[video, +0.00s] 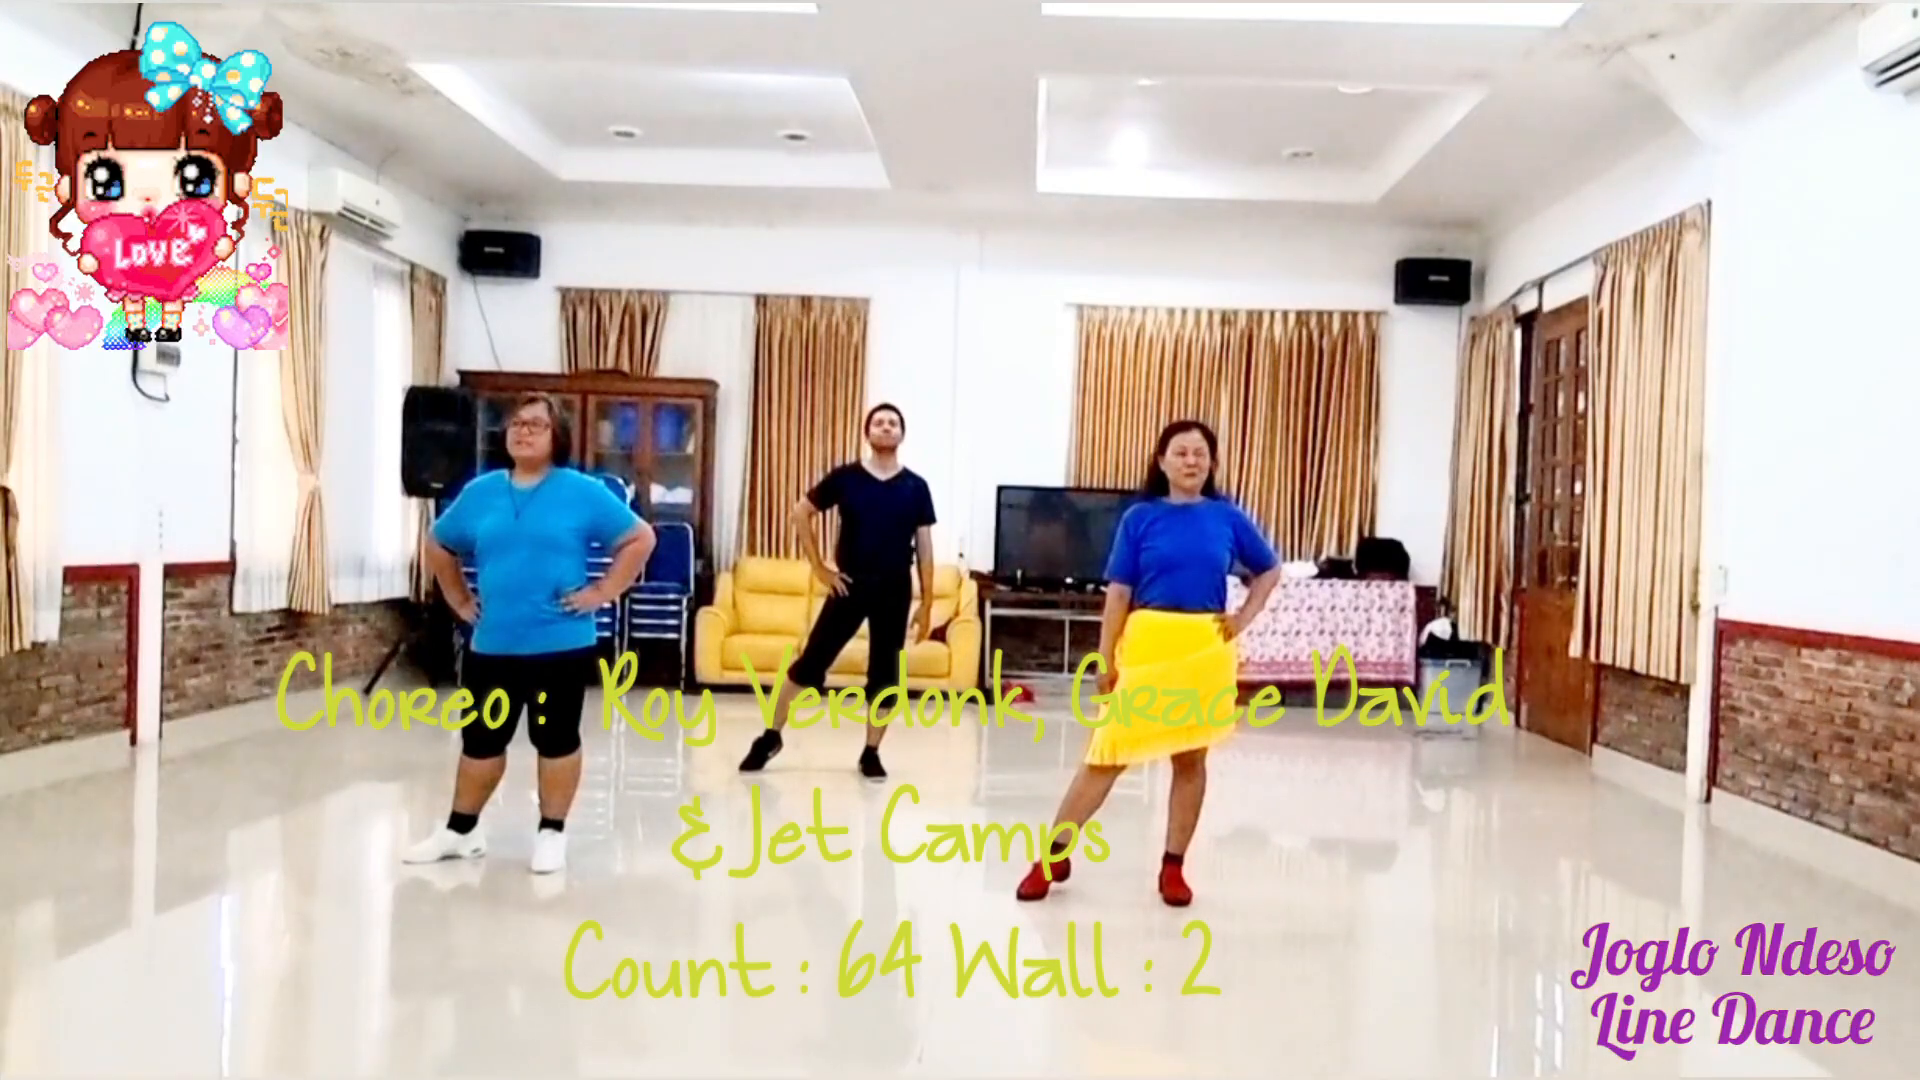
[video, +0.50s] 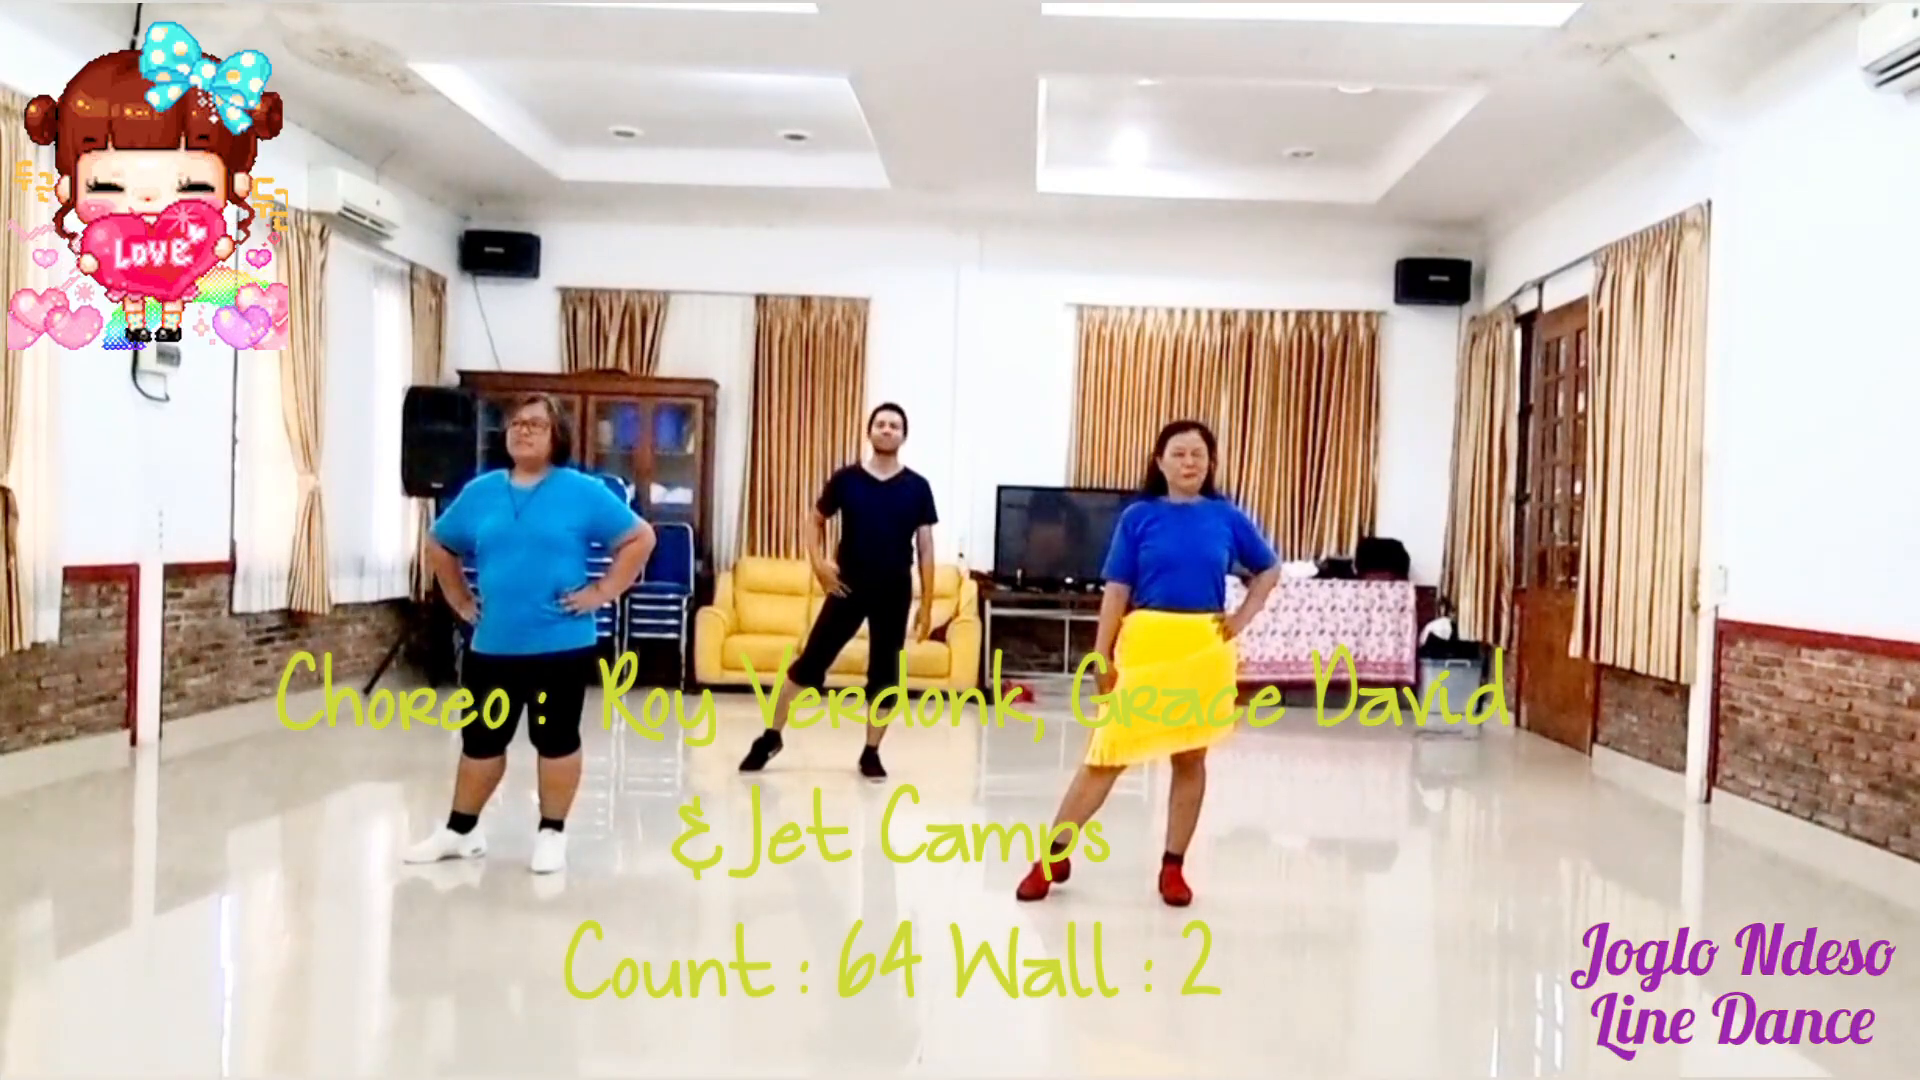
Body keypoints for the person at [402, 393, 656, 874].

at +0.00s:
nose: (525, 432)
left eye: (536, 426)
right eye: (518, 425)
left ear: (555, 437)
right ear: (506, 435)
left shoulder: (582, 492)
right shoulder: (481, 492)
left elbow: (641, 537)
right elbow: (437, 544)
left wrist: (605, 590)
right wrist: (460, 599)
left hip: (562, 644)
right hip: (493, 643)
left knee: (556, 740)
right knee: (480, 739)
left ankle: (551, 832)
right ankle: (461, 831)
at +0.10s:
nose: (524, 431)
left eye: (536, 426)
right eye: (517, 424)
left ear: (554, 437)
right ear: (506, 435)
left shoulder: (582, 491)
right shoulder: (481, 492)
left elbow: (641, 537)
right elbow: (437, 544)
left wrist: (605, 590)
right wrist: (460, 599)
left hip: (562, 644)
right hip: (494, 643)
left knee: (556, 741)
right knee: (480, 740)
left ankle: (551, 833)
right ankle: (461, 831)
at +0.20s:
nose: (523, 431)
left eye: (535, 426)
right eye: (517, 425)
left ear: (554, 438)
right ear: (506, 435)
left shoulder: (582, 492)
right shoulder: (481, 492)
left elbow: (641, 536)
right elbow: (437, 544)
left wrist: (605, 590)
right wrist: (459, 599)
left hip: (562, 645)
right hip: (494, 643)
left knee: (556, 741)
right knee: (480, 739)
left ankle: (551, 832)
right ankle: (461, 830)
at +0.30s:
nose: (524, 432)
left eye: (535, 426)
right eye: (517, 425)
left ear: (555, 437)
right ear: (506, 434)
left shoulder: (582, 491)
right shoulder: (482, 491)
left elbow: (641, 537)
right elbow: (437, 543)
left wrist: (605, 590)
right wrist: (459, 598)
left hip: (561, 645)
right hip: (493, 643)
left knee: (556, 741)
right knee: (480, 740)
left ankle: (551, 832)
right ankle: (460, 830)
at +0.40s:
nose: (524, 432)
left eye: (535, 426)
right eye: (517, 425)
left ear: (555, 437)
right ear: (506, 434)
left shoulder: (582, 491)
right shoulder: (482, 491)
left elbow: (641, 536)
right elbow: (437, 544)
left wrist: (605, 590)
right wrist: (460, 599)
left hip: (561, 645)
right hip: (494, 643)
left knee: (556, 741)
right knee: (480, 739)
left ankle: (551, 833)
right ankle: (461, 830)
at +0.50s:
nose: (524, 432)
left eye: (536, 426)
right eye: (517, 425)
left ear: (555, 437)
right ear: (506, 435)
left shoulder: (582, 491)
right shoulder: (482, 491)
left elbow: (640, 536)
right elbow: (438, 545)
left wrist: (605, 590)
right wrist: (460, 600)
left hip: (562, 645)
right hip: (494, 643)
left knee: (556, 741)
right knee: (480, 740)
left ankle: (551, 833)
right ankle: (461, 830)